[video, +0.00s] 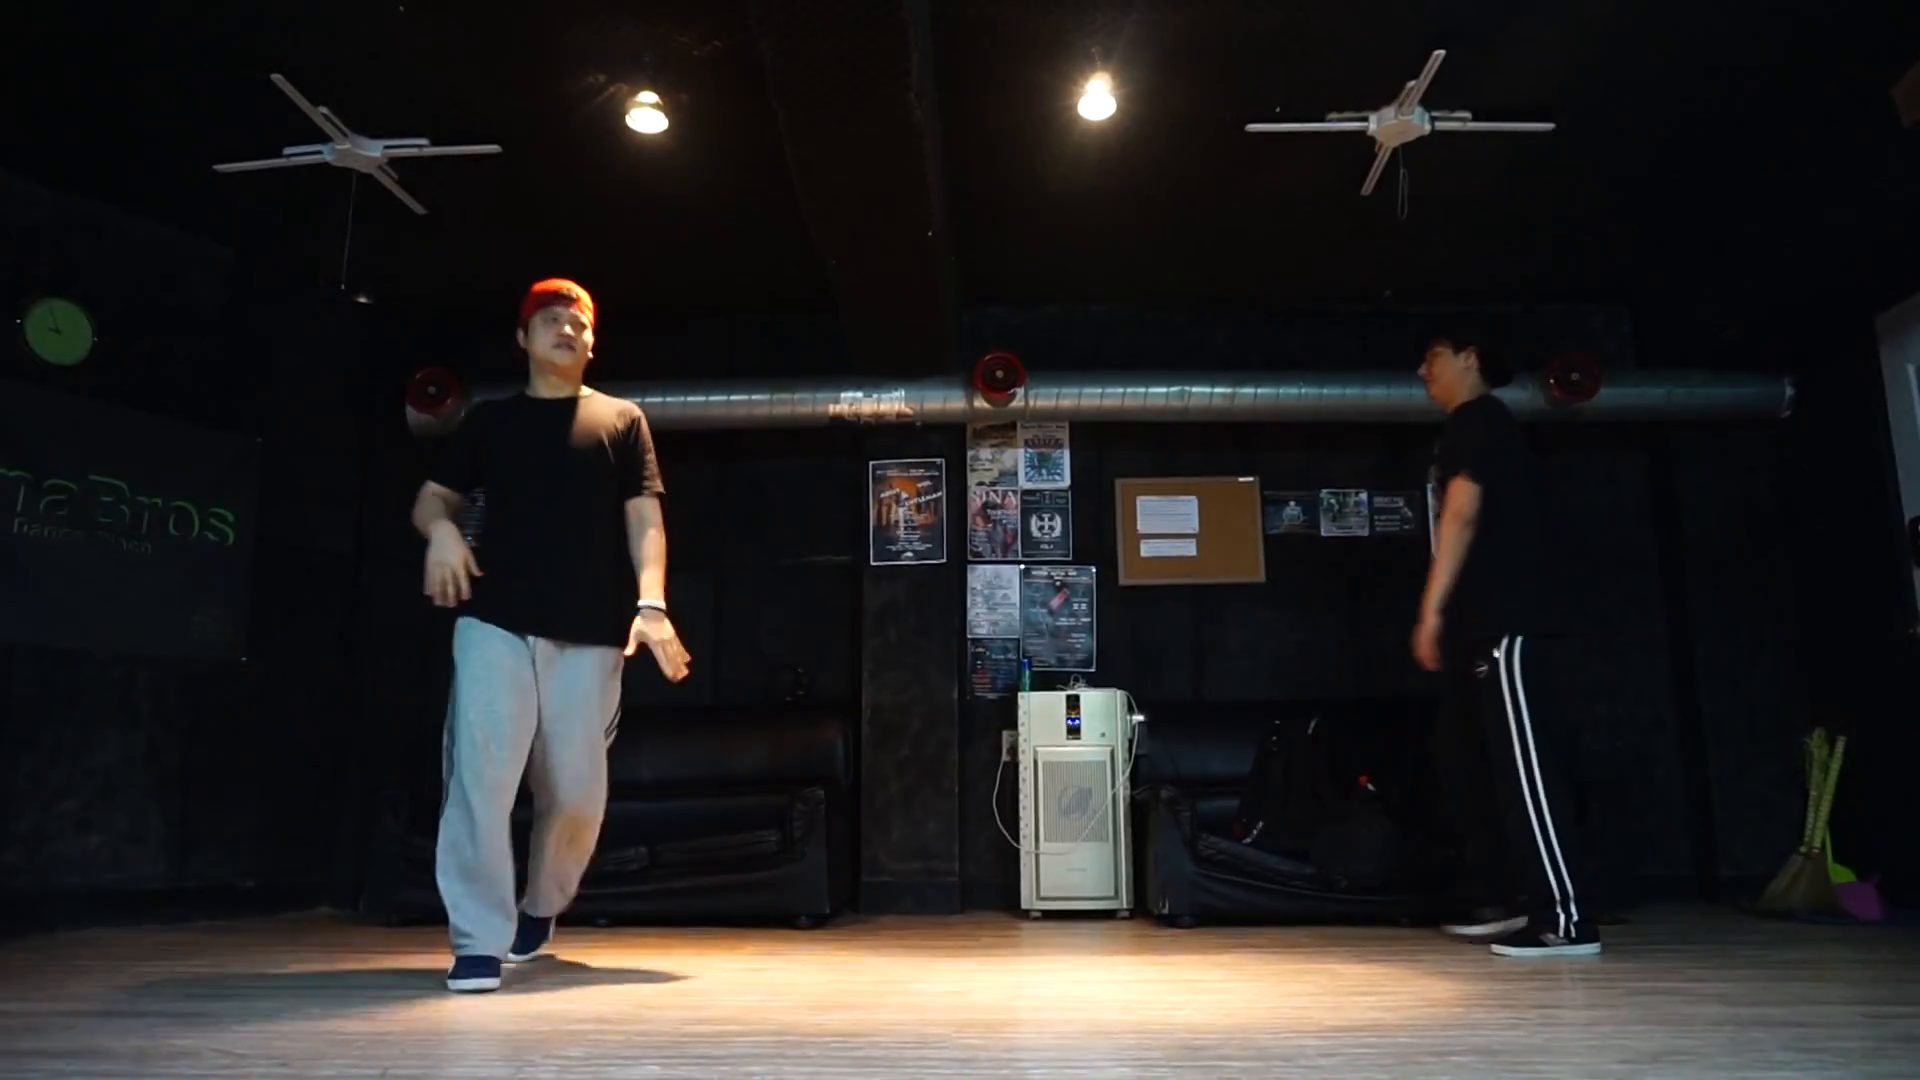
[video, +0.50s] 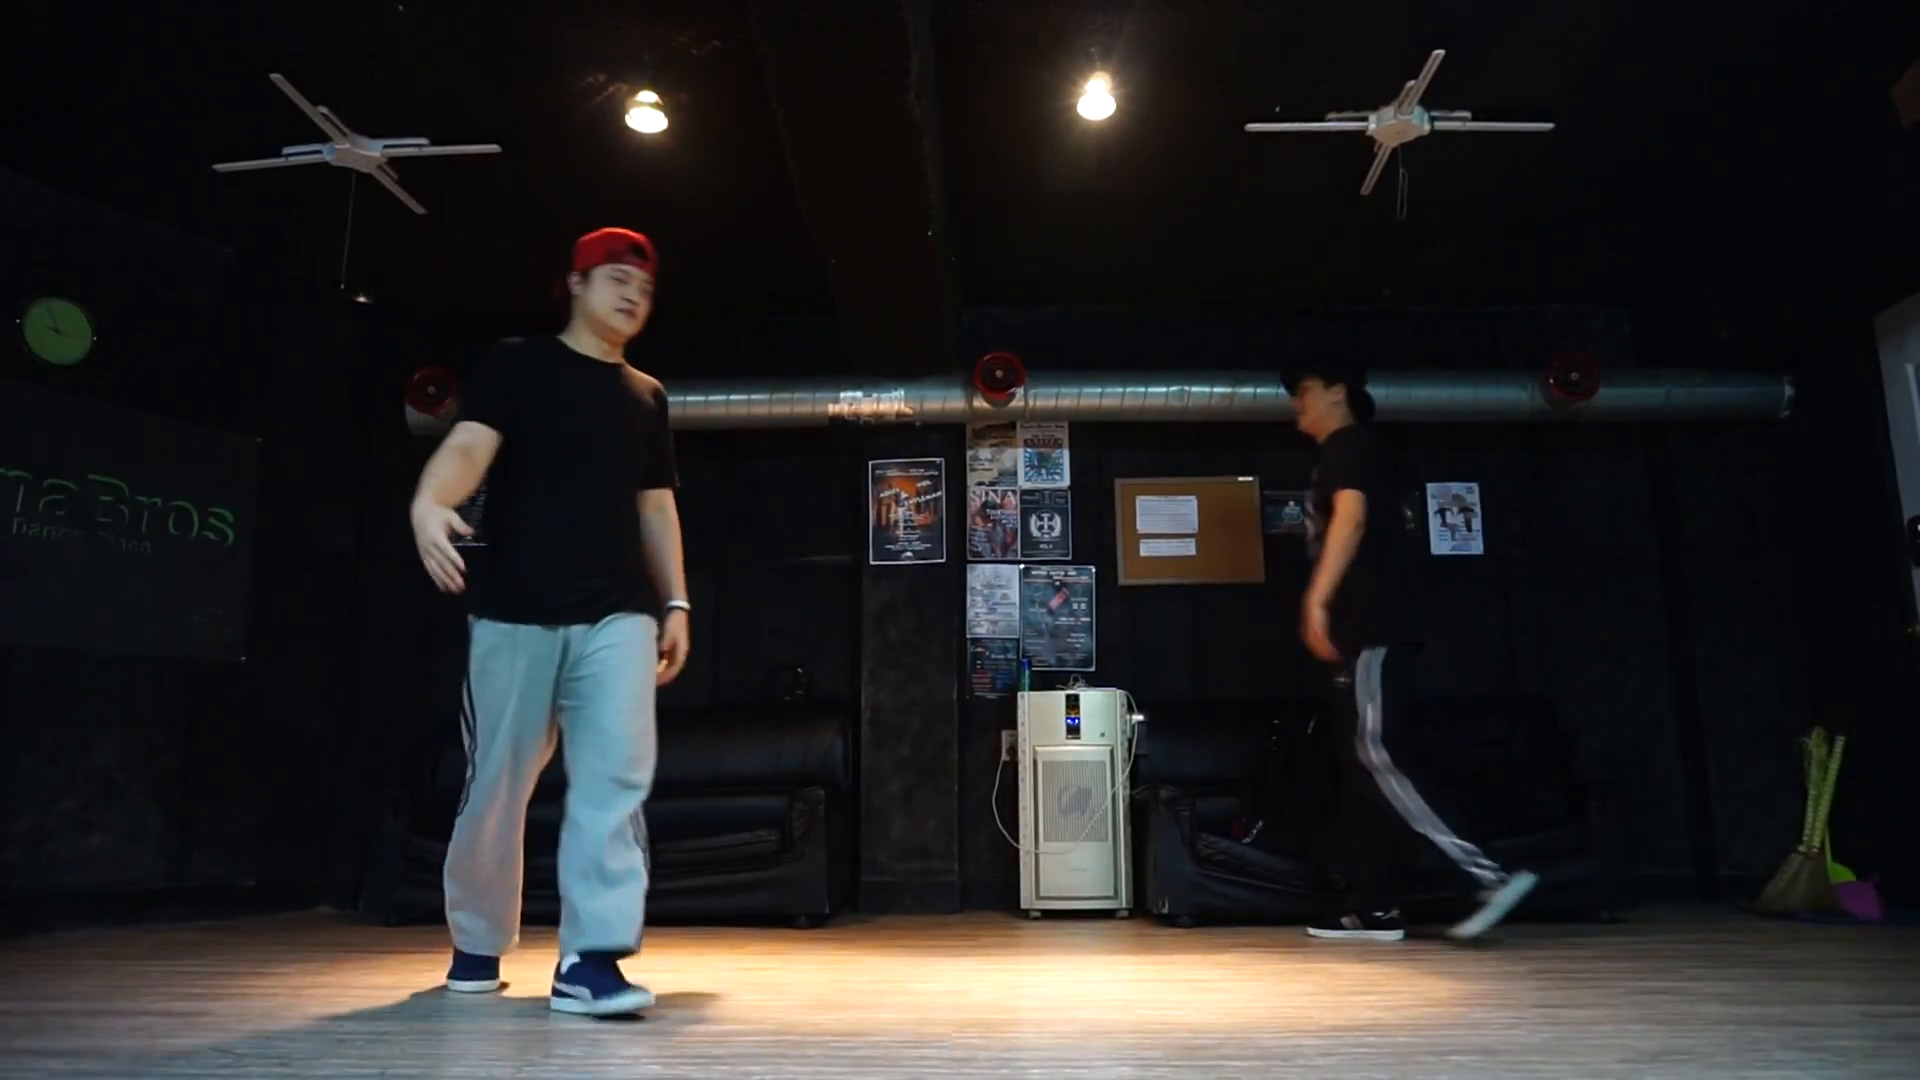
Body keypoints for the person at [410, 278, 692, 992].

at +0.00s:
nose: (570, 328)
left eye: (580, 321)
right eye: (555, 318)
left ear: (592, 343)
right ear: (525, 337)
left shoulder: (621, 421)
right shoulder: (488, 419)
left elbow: (646, 522)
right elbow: (434, 500)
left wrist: (651, 604)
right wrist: (441, 530)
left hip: (589, 633)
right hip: (495, 625)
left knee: (577, 796)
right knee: (483, 783)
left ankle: (541, 908)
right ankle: (478, 942)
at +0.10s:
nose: (571, 314)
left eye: (580, 306)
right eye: (555, 304)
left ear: (592, 326)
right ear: (522, 320)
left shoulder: (619, 410)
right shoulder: (480, 406)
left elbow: (642, 508)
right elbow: (424, 482)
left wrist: (653, 600)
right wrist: (424, 515)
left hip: (590, 627)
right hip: (490, 620)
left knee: (589, 788)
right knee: (476, 783)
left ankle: (535, 887)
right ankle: (475, 944)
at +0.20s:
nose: (573, 298)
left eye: (583, 290)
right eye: (558, 288)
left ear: (595, 310)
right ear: (527, 303)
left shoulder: (619, 395)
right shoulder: (481, 388)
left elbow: (641, 499)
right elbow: (422, 464)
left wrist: (648, 591)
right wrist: (415, 492)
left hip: (593, 616)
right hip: (493, 614)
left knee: (596, 771)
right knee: (479, 777)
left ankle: (538, 911)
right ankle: (476, 943)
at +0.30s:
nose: (590, 290)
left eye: (599, 282)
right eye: (573, 278)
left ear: (608, 299)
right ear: (537, 290)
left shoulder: (624, 388)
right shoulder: (488, 373)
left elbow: (639, 493)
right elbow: (432, 450)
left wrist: (651, 589)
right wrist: (408, 478)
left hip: (598, 602)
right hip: (498, 603)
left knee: (590, 773)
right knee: (489, 776)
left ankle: (556, 944)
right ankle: (477, 945)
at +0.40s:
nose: (607, 288)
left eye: (617, 281)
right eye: (591, 275)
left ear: (623, 299)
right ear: (552, 285)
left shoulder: (632, 391)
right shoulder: (496, 368)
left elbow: (647, 498)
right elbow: (444, 446)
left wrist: (661, 596)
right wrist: (416, 479)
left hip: (606, 604)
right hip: (505, 602)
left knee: (597, 772)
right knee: (494, 776)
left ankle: (586, 943)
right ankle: (477, 946)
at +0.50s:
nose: (631, 295)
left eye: (643, 289)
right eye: (617, 280)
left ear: (648, 308)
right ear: (577, 286)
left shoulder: (645, 398)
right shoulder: (517, 368)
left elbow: (658, 507)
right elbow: (466, 449)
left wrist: (676, 601)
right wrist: (428, 503)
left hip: (616, 612)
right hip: (516, 610)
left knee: (615, 781)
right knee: (500, 782)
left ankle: (590, 963)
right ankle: (476, 949)